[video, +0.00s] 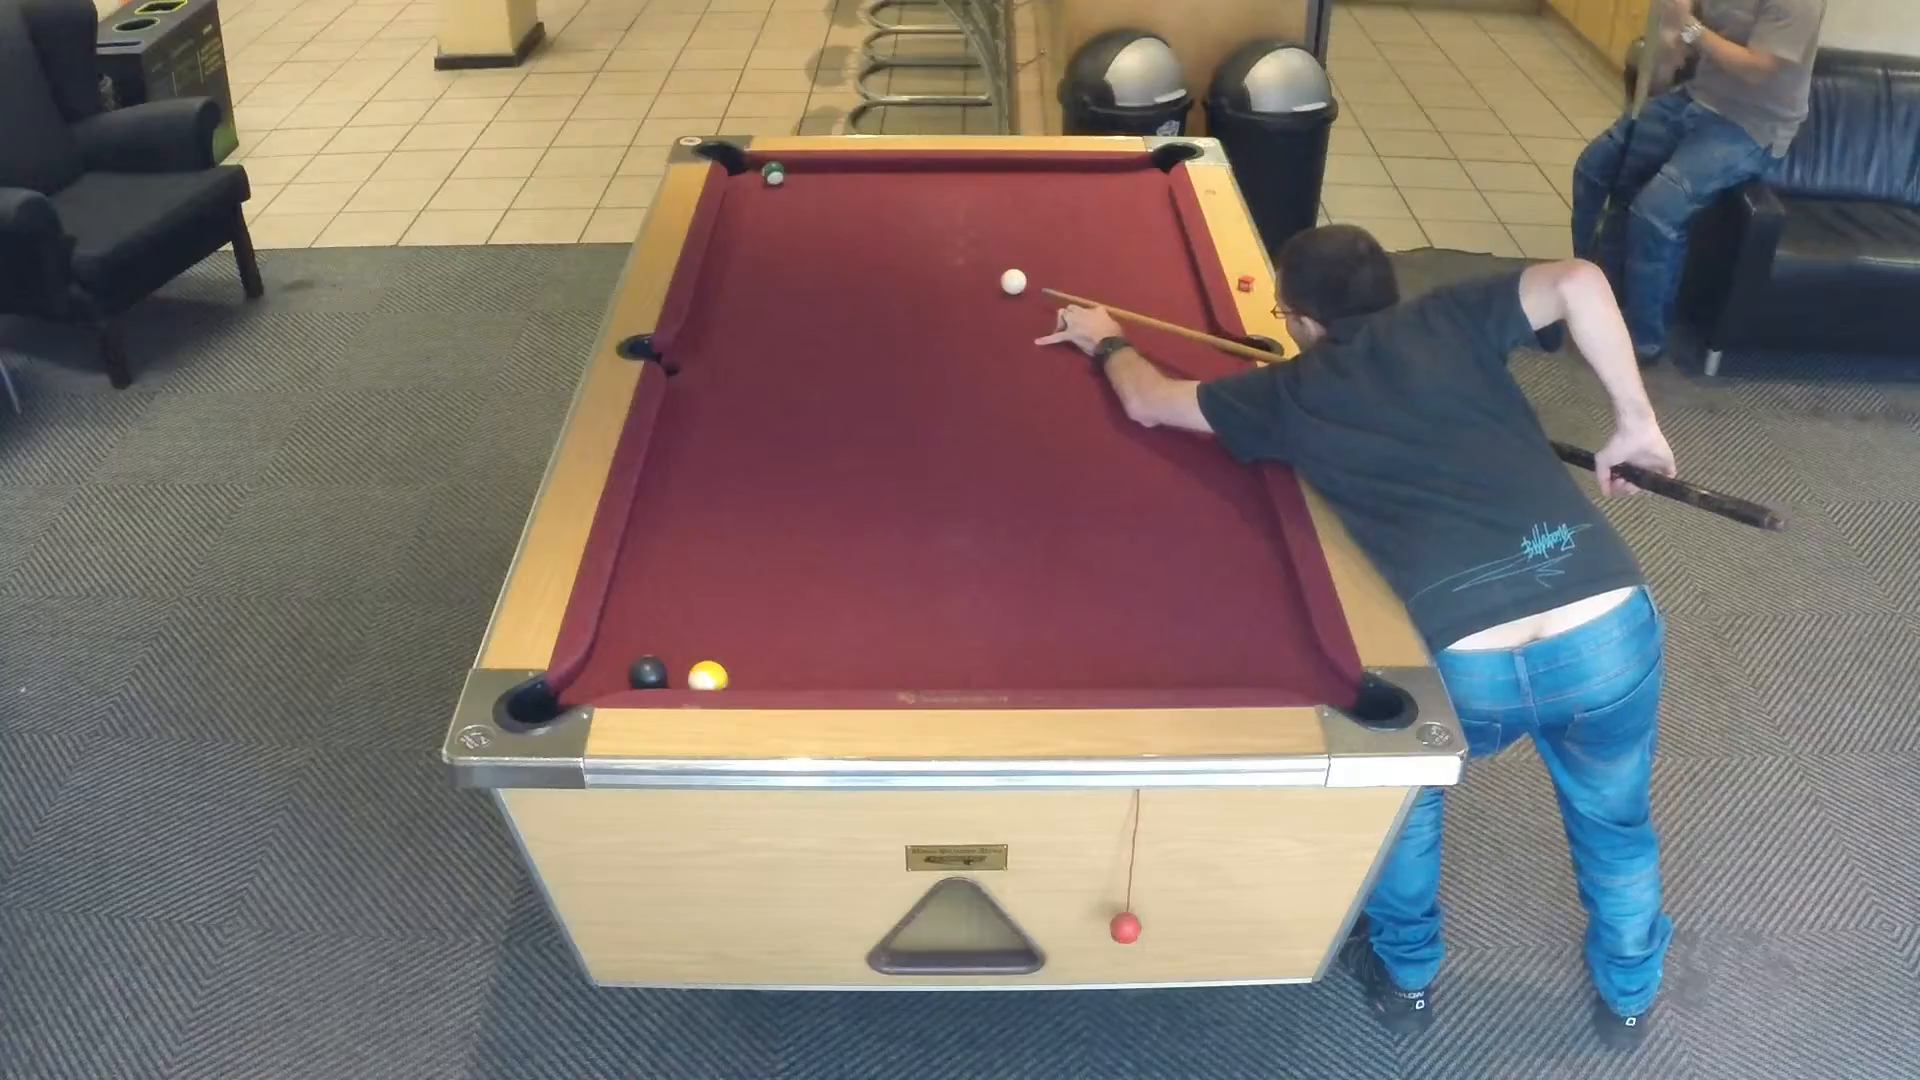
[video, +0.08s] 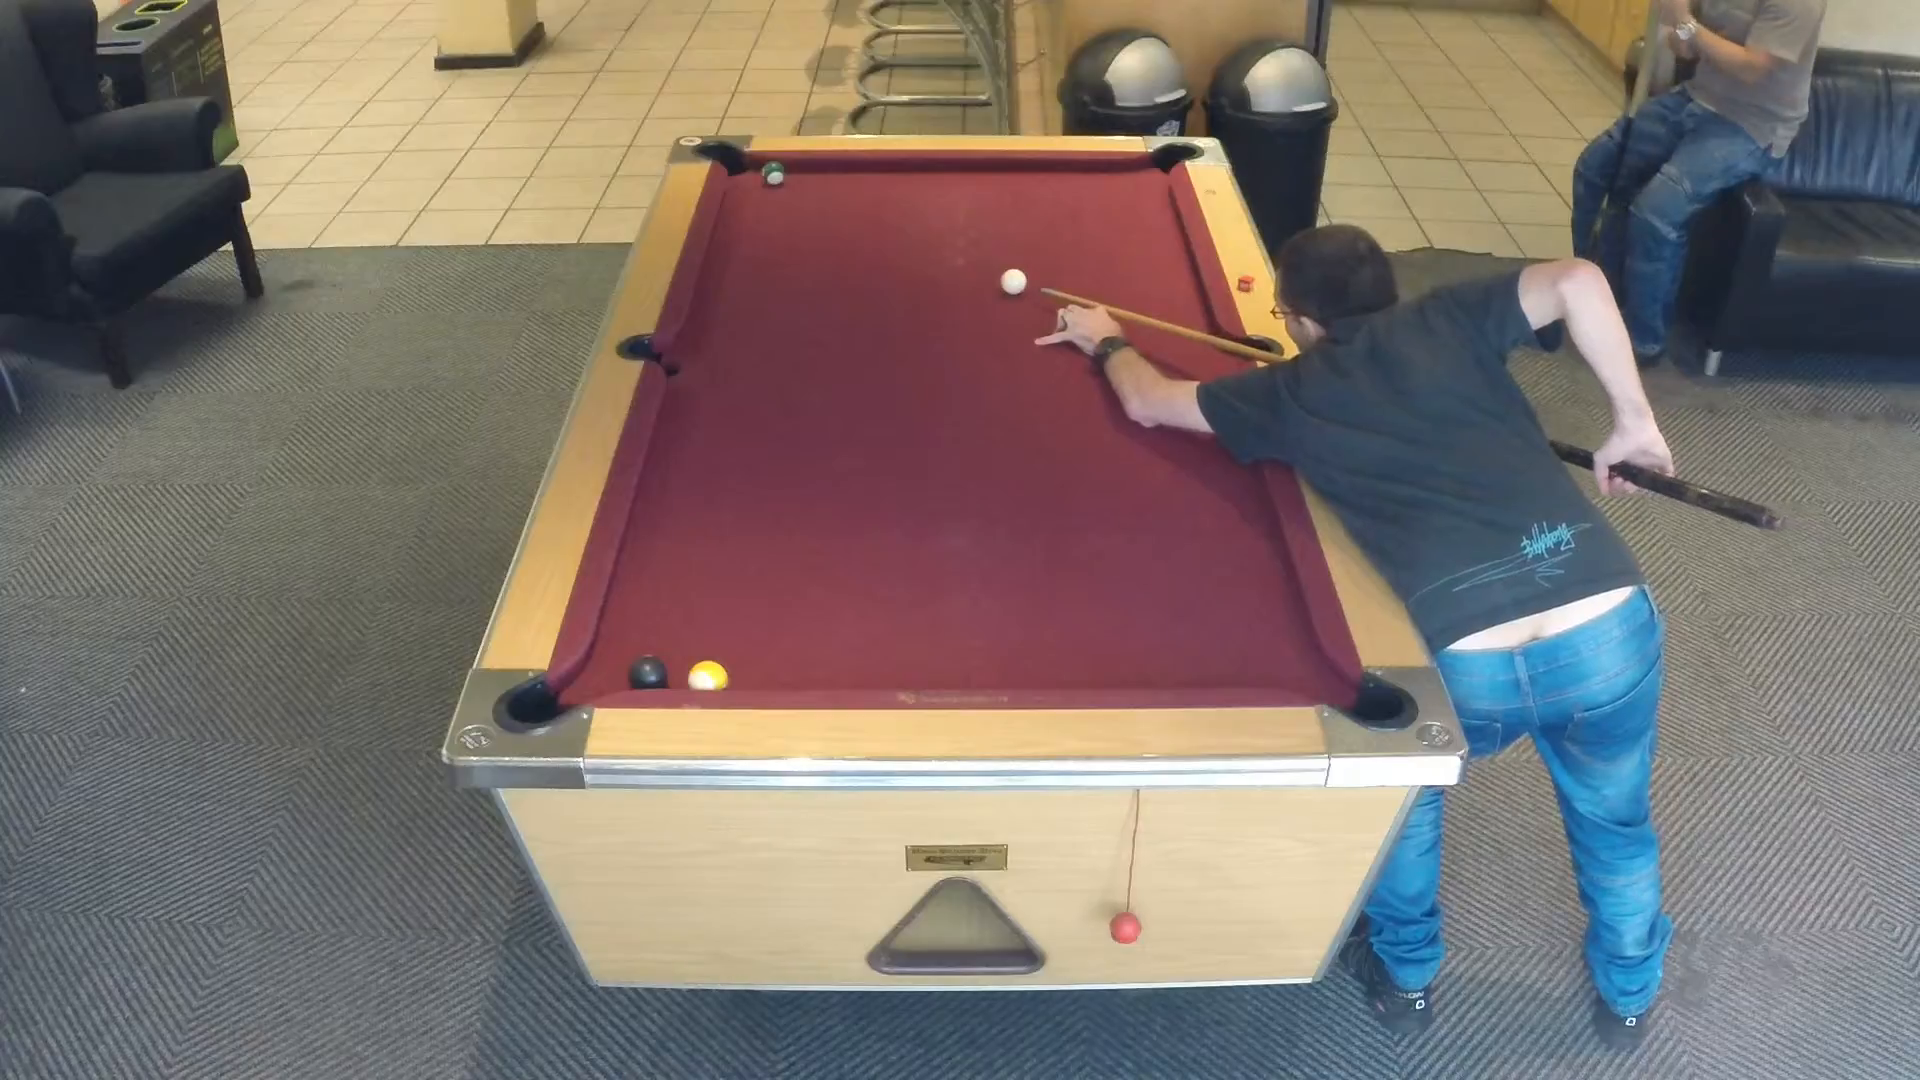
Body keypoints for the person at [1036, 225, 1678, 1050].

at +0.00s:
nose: (1284, 322)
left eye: (1287, 309)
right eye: (1284, 309)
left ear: (1305, 321)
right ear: (1391, 294)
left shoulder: (1291, 392)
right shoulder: (1454, 318)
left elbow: (1149, 399)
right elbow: (1578, 280)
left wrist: (1105, 340)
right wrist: (1639, 417)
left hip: (1467, 661)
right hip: (1608, 626)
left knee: (1401, 774)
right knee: (1617, 821)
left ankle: (1407, 973)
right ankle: (1631, 990)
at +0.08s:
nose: (1283, 321)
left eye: (1286, 309)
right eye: (1283, 309)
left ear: (1305, 321)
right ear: (1390, 295)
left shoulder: (1292, 392)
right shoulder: (1454, 318)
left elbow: (1150, 399)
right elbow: (1577, 279)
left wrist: (1106, 340)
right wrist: (1637, 416)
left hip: (1468, 663)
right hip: (1608, 629)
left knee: (1400, 772)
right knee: (1617, 822)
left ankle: (1406, 970)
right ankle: (1631, 991)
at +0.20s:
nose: (1284, 320)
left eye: (1286, 308)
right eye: (1283, 308)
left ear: (1303, 321)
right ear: (1389, 295)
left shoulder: (1292, 392)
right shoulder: (1454, 318)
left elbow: (1148, 400)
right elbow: (1576, 278)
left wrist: (1106, 340)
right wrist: (1636, 416)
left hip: (1467, 662)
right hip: (1607, 626)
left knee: (1400, 774)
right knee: (1617, 823)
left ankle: (1406, 971)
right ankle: (1631, 992)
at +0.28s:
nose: (1283, 323)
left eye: (1285, 310)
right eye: (1283, 310)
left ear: (1302, 322)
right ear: (1387, 296)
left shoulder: (1291, 392)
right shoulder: (1453, 317)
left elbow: (1148, 400)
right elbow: (1575, 278)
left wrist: (1106, 340)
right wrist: (1636, 416)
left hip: (1468, 661)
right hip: (1608, 626)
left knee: (1401, 775)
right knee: (1617, 823)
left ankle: (1406, 971)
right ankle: (1631, 992)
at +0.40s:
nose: (1282, 323)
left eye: (1285, 311)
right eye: (1282, 310)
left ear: (1302, 322)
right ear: (1387, 295)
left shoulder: (1290, 392)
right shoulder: (1452, 317)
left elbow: (1147, 400)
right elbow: (1575, 278)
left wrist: (1106, 340)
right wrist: (1635, 415)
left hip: (1468, 660)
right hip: (1607, 625)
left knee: (1401, 775)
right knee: (1617, 822)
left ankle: (1406, 971)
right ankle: (1631, 992)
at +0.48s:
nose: (1281, 323)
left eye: (1284, 311)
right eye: (1281, 311)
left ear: (1301, 322)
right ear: (1387, 295)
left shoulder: (1289, 392)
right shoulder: (1451, 317)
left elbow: (1147, 400)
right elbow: (1574, 278)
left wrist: (1106, 340)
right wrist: (1635, 415)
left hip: (1468, 660)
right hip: (1607, 625)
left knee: (1401, 775)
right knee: (1617, 822)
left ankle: (1406, 971)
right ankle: (1631, 992)